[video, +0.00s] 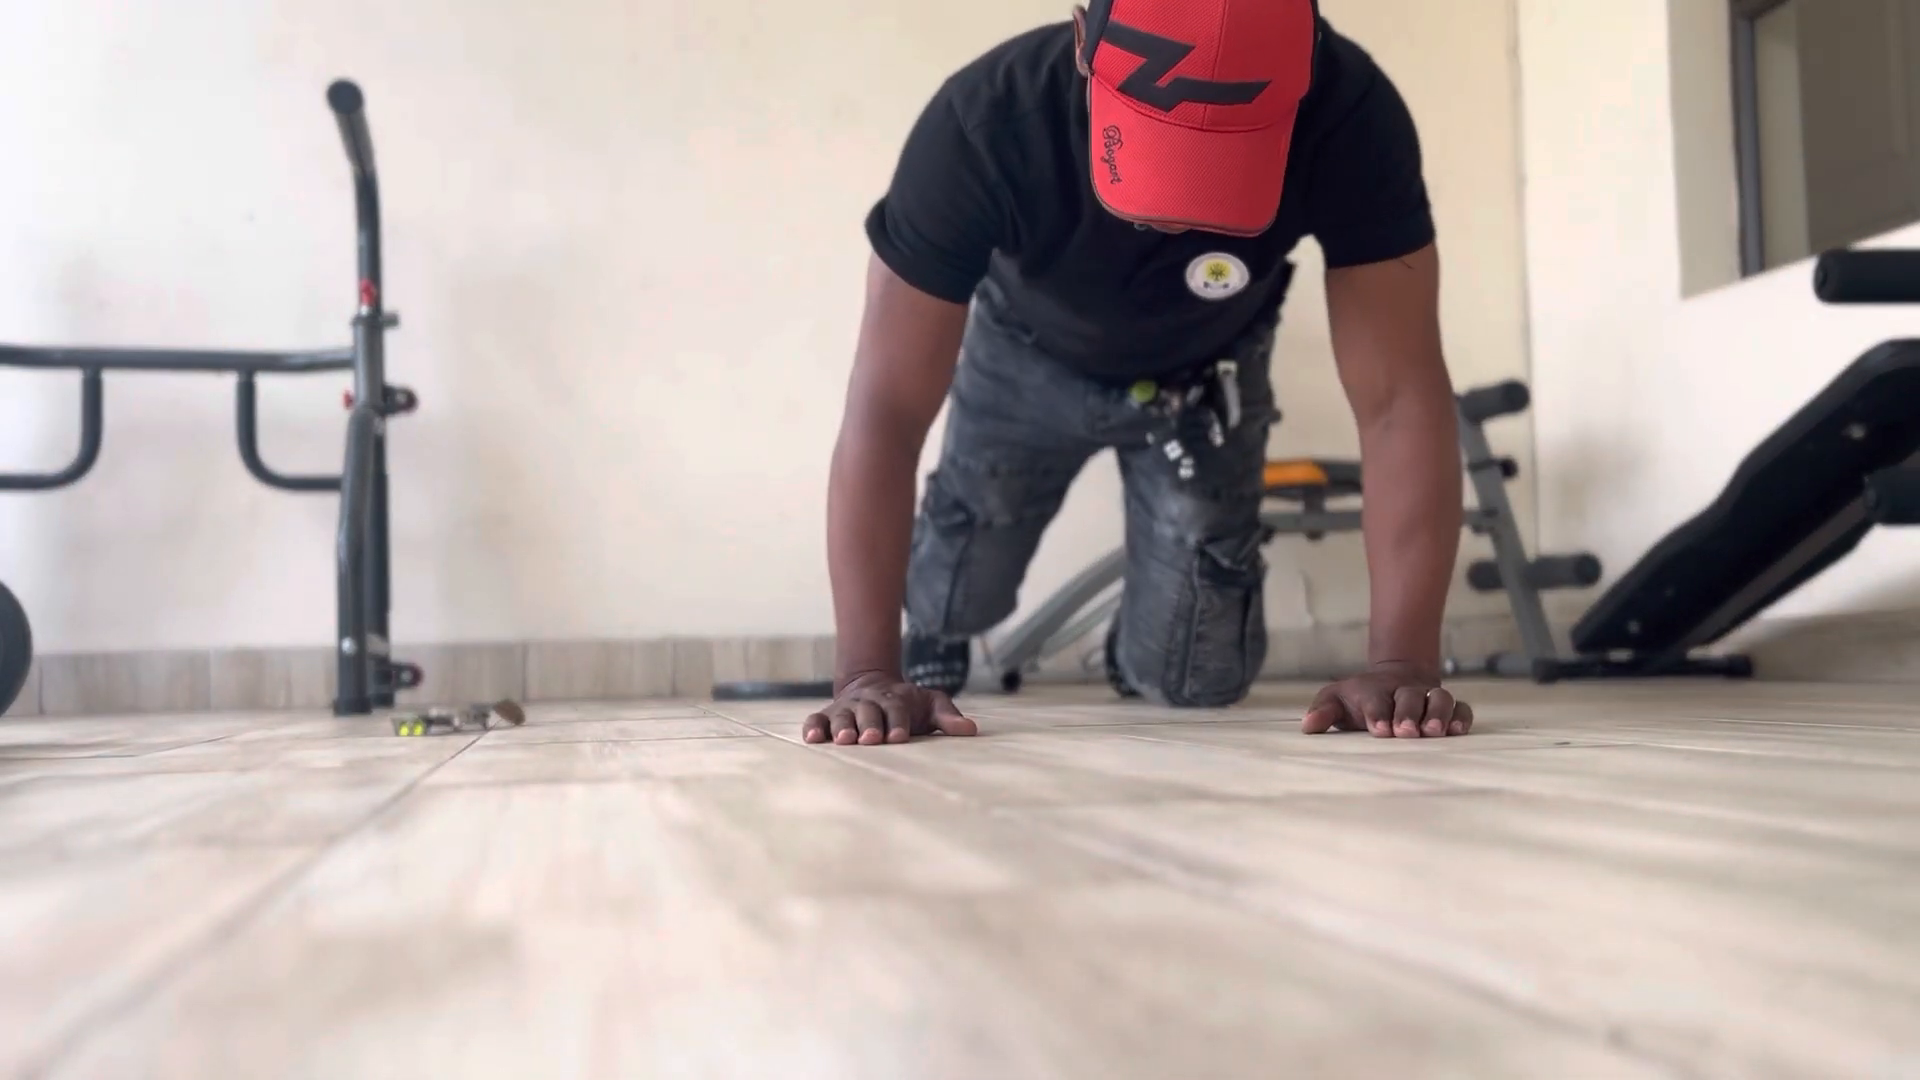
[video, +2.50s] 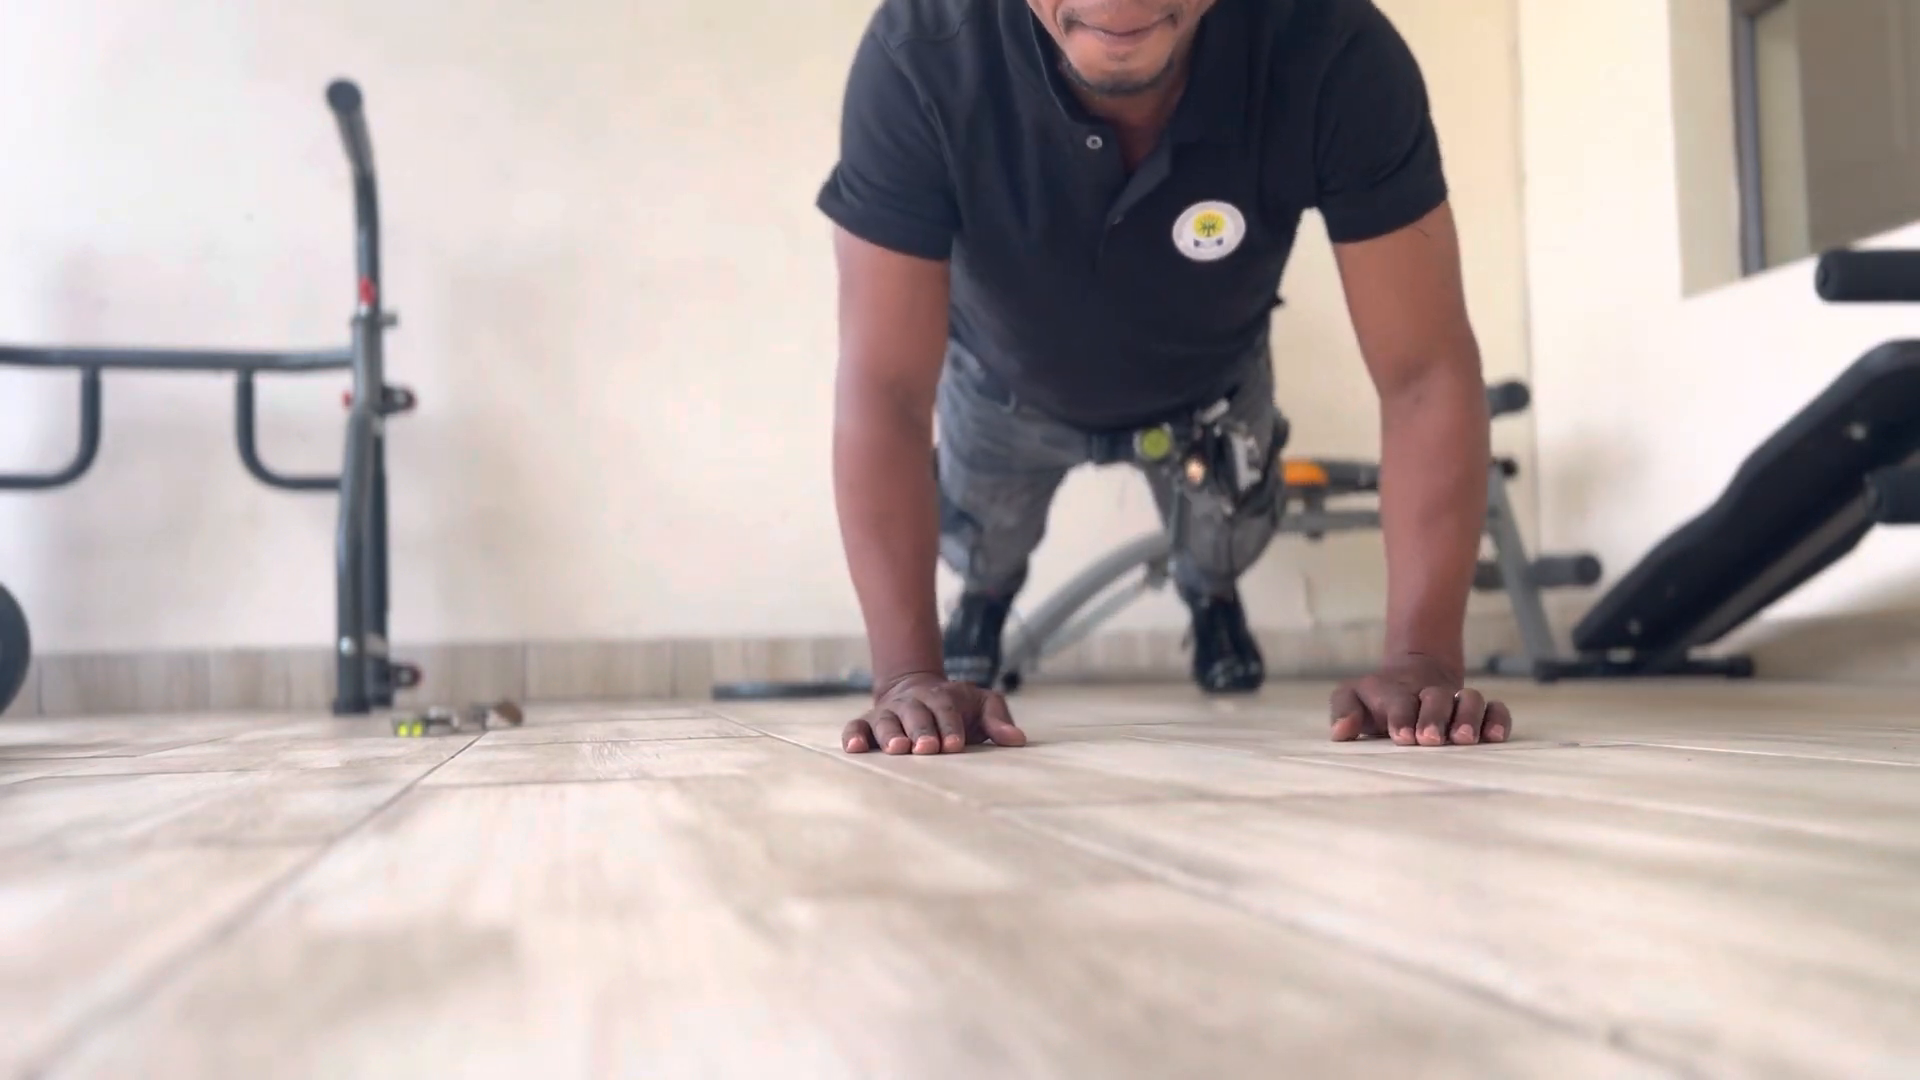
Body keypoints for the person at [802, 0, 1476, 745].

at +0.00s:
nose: (1176, 191)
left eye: (1215, 164)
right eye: (1152, 157)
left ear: (1287, 94)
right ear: (1094, 67)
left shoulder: (1351, 122)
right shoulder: (982, 129)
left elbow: (1400, 398)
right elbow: (881, 415)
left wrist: (1402, 662)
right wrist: (865, 674)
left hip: (1212, 373)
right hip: (1026, 359)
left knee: (1194, 678)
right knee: (954, 597)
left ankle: (1141, 637)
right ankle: (925, 666)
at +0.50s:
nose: (1132, 340)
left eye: (1173, 298)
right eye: (1097, 280)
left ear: (1286, 136)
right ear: (1055, 107)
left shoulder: (1369, 111)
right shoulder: (967, 121)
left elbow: (1418, 398)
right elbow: (872, 414)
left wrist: (1406, 663)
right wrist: (869, 673)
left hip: (1225, 280)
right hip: (1024, 261)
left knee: (1206, 574)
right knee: (983, 466)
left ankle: (1164, 590)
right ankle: (951, 602)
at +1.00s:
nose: (1133, 299)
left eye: (1172, 247)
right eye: (1089, 231)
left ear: (1272, 101)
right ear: (1028, 90)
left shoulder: (1360, 104)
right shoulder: (938, 116)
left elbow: (1424, 394)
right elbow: (865, 415)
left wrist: (1409, 665)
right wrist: (874, 673)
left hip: (1229, 294)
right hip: (1029, 286)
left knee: (1201, 501)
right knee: (1018, 483)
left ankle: (1160, 596)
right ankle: (1017, 602)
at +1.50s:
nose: (1117, 157)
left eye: (1153, 123)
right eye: (1078, 123)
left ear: (1217, 62)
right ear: (1014, 64)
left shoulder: (1320, 93)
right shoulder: (926, 108)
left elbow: (1409, 388)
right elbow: (866, 408)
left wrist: (1426, 669)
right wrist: (872, 674)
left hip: (1197, 347)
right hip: (1017, 343)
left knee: (1189, 534)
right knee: (971, 550)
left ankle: (1164, 602)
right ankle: (1008, 597)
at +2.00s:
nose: (1213, 19)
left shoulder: (1403, 52)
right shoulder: (986, 74)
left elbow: (1460, 383)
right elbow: (892, 400)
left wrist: (1434, 664)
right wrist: (906, 676)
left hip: (1264, 384)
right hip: (1066, 377)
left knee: (1253, 534)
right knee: (1030, 527)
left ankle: (1222, 594)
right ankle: (1020, 607)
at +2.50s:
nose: (1114, 10)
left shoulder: (1330, 52)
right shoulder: (922, 53)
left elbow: (1427, 372)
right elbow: (883, 388)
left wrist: (1424, 663)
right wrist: (904, 677)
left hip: (1210, 382)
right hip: (1012, 384)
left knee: (1223, 533)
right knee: (982, 531)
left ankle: (1215, 603)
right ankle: (985, 604)